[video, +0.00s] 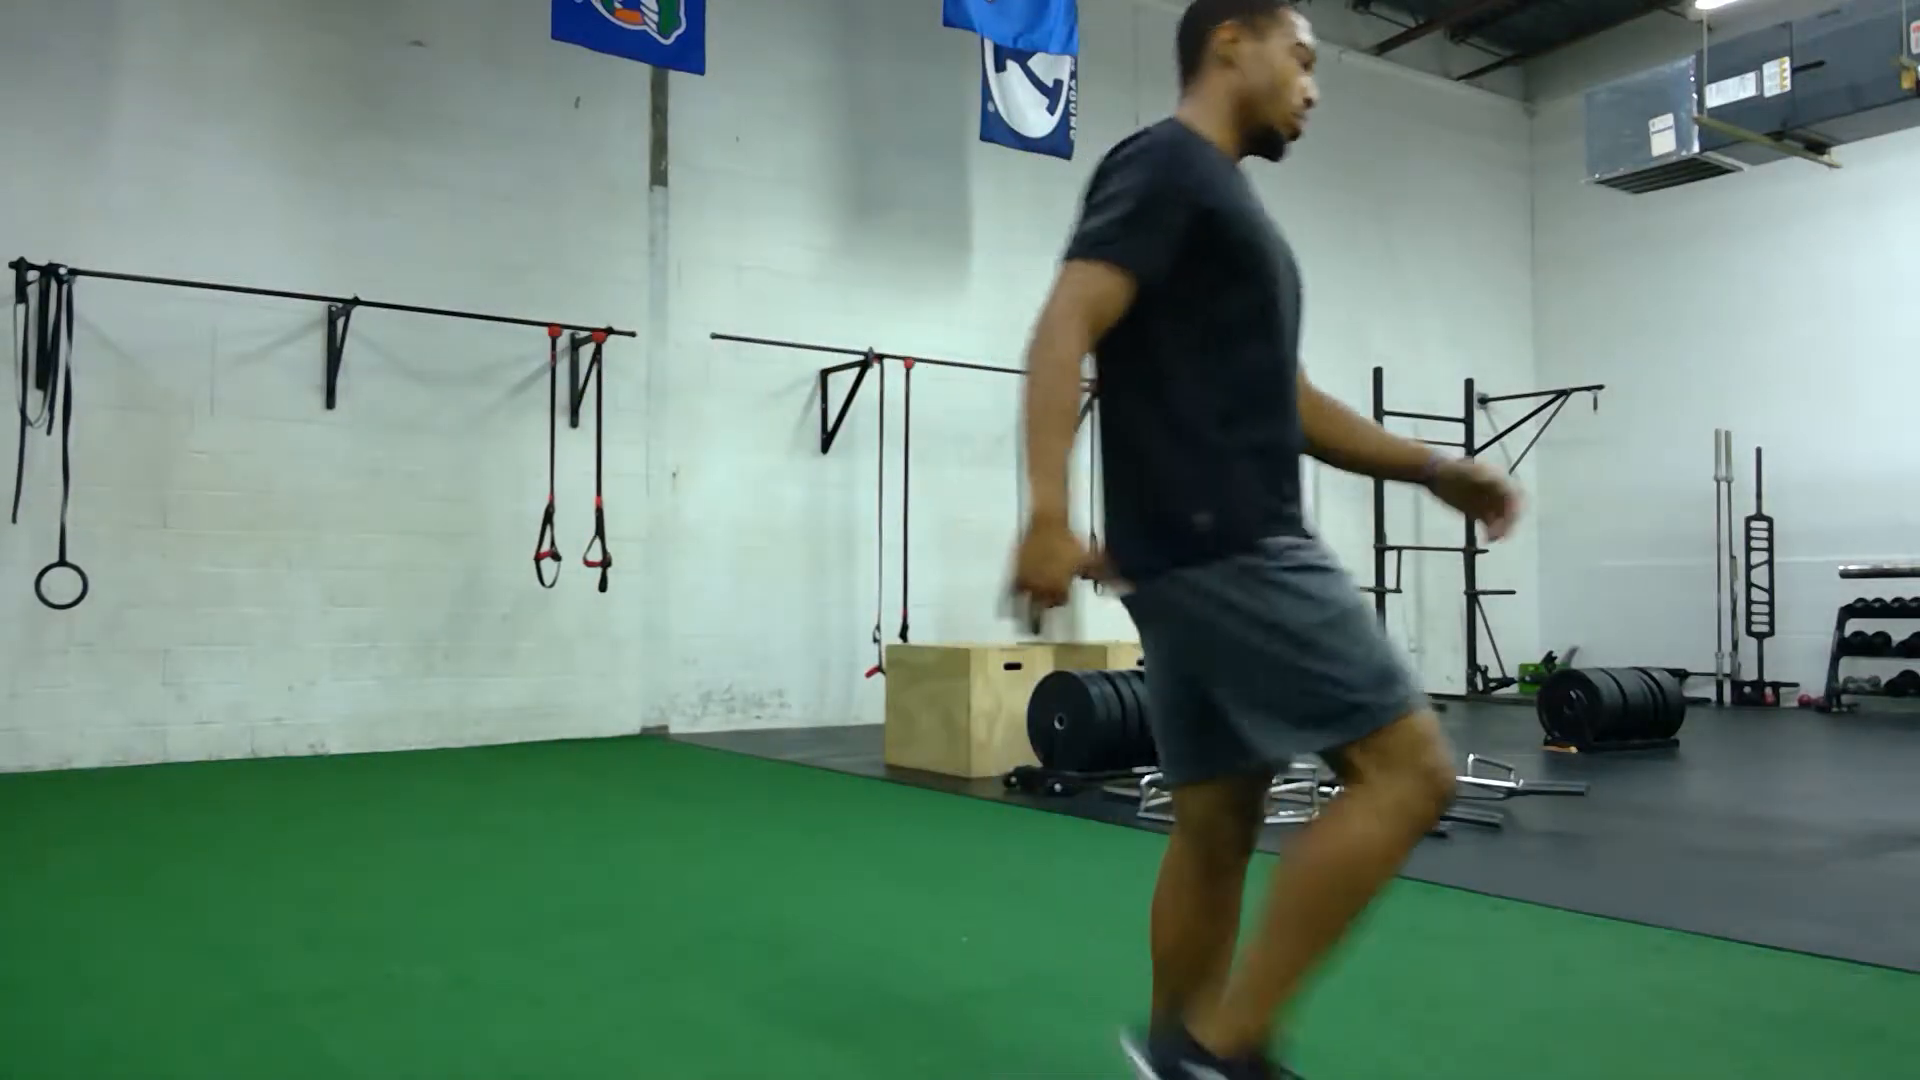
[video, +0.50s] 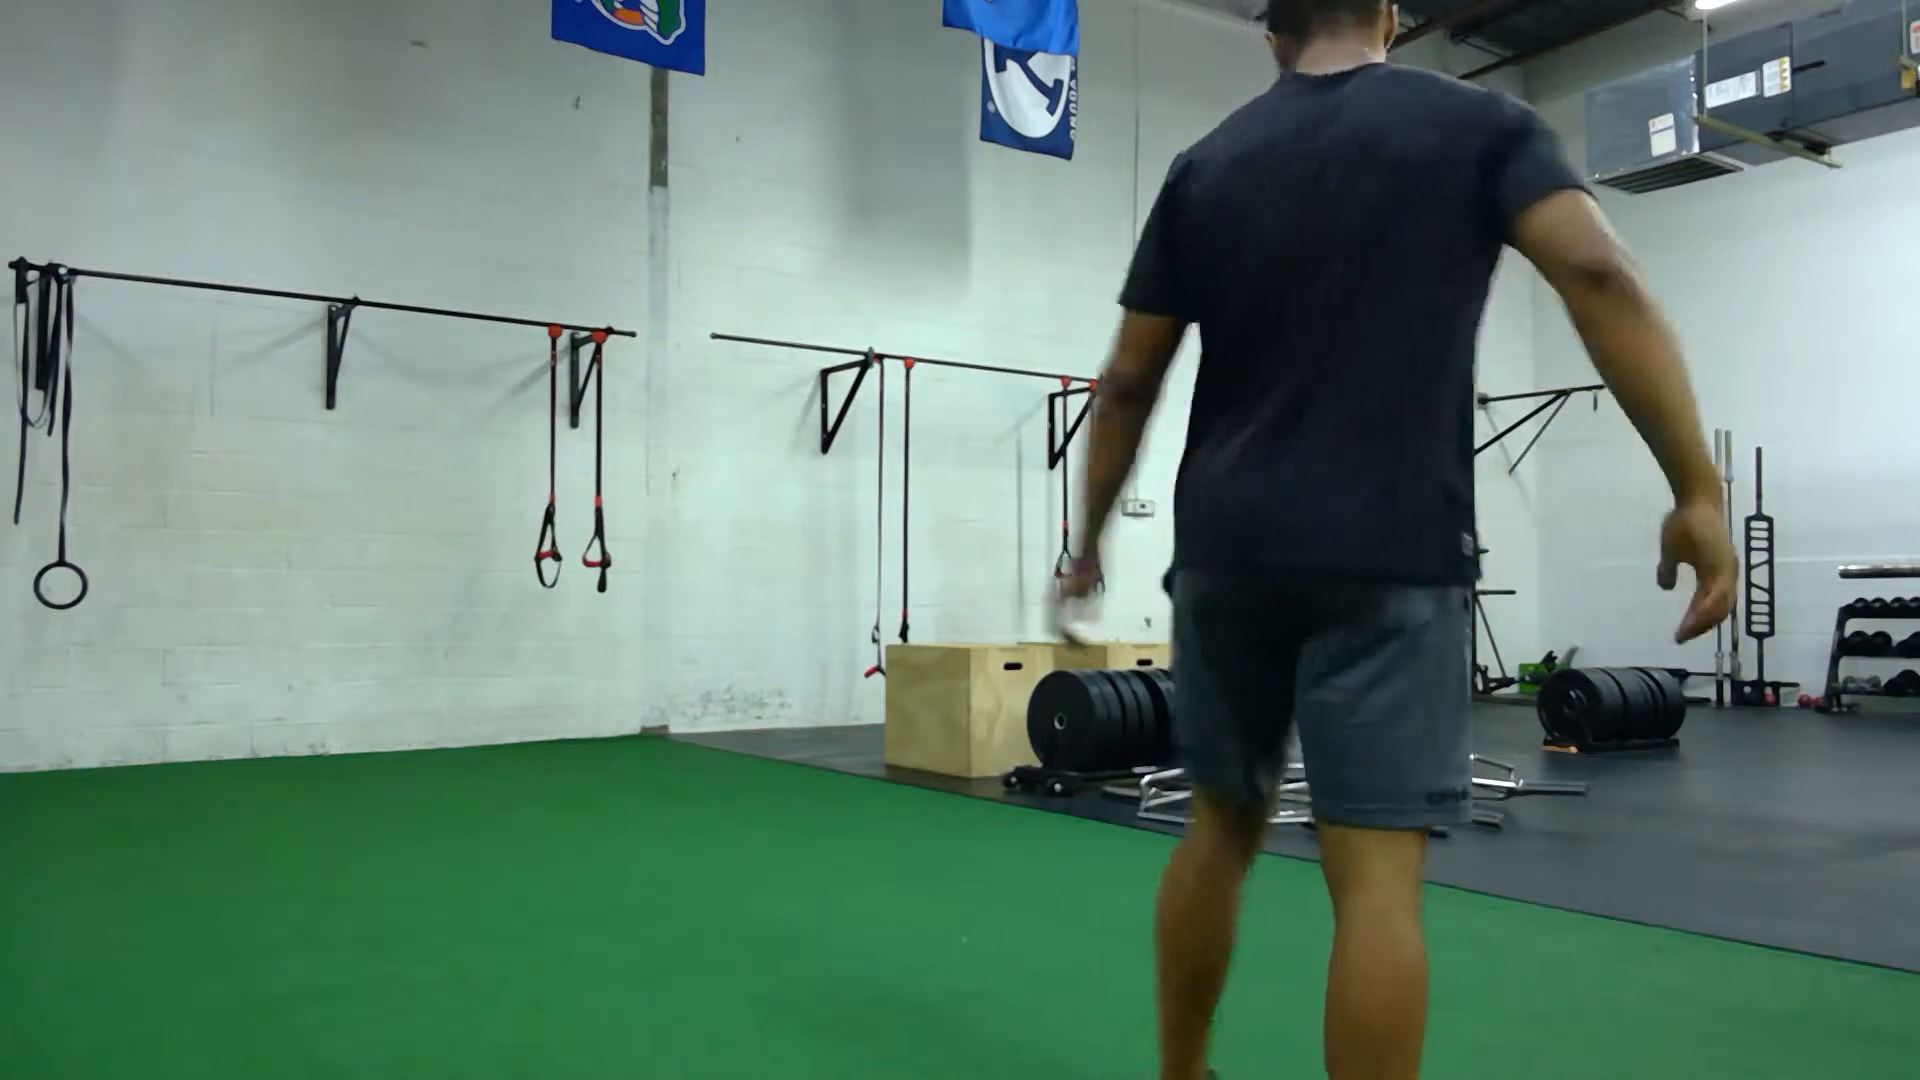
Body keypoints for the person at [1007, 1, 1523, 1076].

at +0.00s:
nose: (1314, 89)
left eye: (1315, 69)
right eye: (1302, 59)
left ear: (1234, 55)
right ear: (1232, 48)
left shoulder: (1224, 197)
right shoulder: (1165, 163)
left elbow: (1285, 400)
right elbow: (1063, 327)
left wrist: (1436, 468)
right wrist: (1048, 520)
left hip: (1196, 556)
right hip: (1232, 548)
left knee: (1214, 823)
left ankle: (1179, 1048)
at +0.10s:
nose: (1344, 85)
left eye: (1344, 62)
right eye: (1335, 51)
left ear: (1269, 44)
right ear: (1273, 34)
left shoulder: (1250, 175)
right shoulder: (1226, 143)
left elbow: (1288, 409)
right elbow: (1127, 301)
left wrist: (1445, 468)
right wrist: (1150, 493)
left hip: (1205, 550)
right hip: (1283, 543)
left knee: (1215, 827)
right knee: (1410, 804)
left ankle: (1174, 1066)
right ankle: (1369, 1067)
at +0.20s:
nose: (1360, 69)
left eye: (1356, 46)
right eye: (1354, 42)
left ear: (1248, 58)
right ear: (1319, 38)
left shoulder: (1213, 168)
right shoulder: (1304, 129)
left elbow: (1273, 400)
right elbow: (1228, 278)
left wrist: (1410, 514)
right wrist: (1283, 481)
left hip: (1211, 556)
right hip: (1319, 551)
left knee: (1248, 834)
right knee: (1394, 856)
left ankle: (1177, 1068)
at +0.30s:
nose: (1376, 66)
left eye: (1370, 45)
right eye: (1373, 43)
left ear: (1258, 61)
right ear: (1351, 36)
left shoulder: (1195, 196)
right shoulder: (1373, 121)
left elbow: (1203, 377)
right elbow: (1378, 266)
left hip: (1214, 555)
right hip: (1344, 551)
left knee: (1290, 831)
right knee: (1388, 860)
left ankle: (1199, 1066)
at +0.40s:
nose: (1393, 35)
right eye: (1394, 26)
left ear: (1272, 40)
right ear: (1378, 21)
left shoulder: (1196, 177)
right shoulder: (1423, 113)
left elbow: (1172, 399)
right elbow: (1513, 247)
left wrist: (1196, 548)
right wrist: (1637, 464)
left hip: (1216, 541)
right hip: (1360, 537)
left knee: (1270, 820)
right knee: (1379, 858)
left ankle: (1213, 1067)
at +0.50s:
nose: (1399, 23)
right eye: (1398, 15)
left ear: (1270, 35)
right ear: (1387, 18)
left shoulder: (1205, 167)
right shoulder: (1474, 121)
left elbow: (1127, 381)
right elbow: (1599, 273)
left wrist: (1088, 531)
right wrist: (1697, 487)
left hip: (1228, 546)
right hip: (1397, 546)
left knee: (1217, 819)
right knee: (1378, 877)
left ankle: (1179, 1067)